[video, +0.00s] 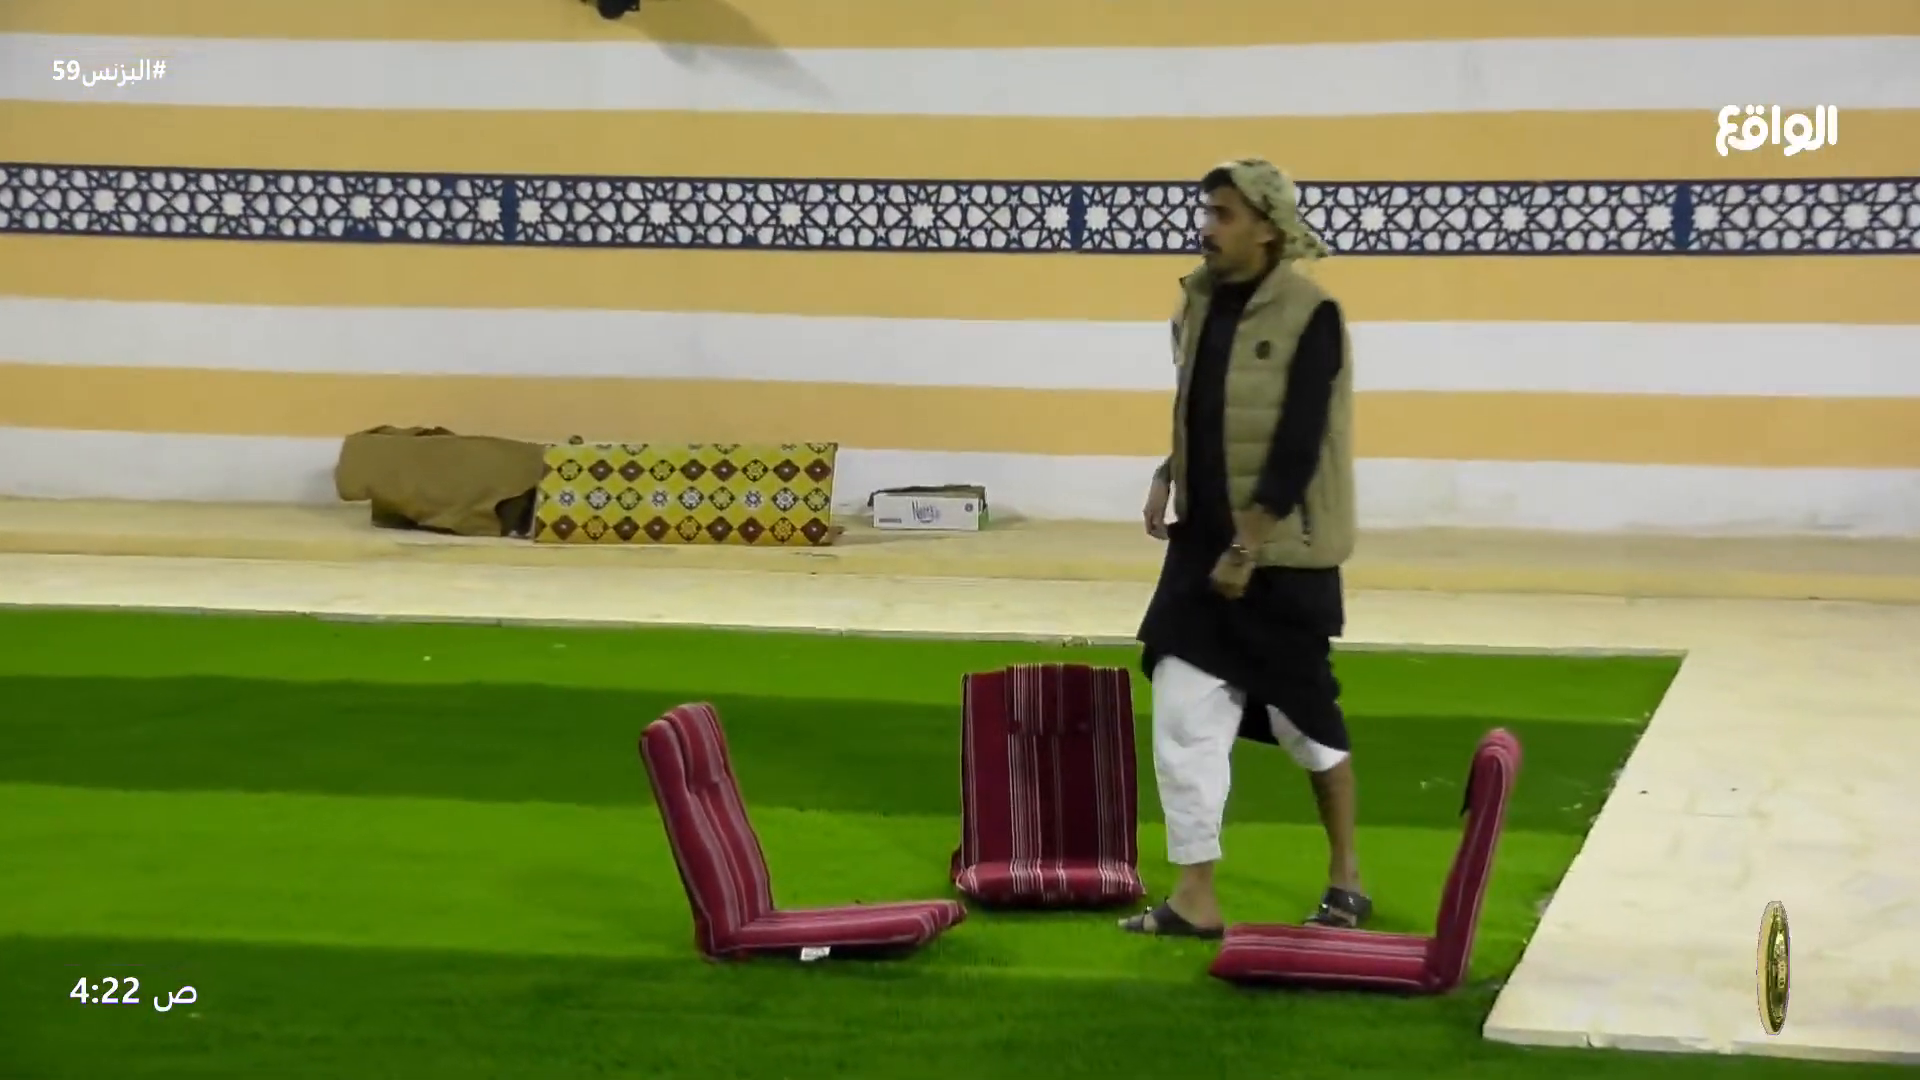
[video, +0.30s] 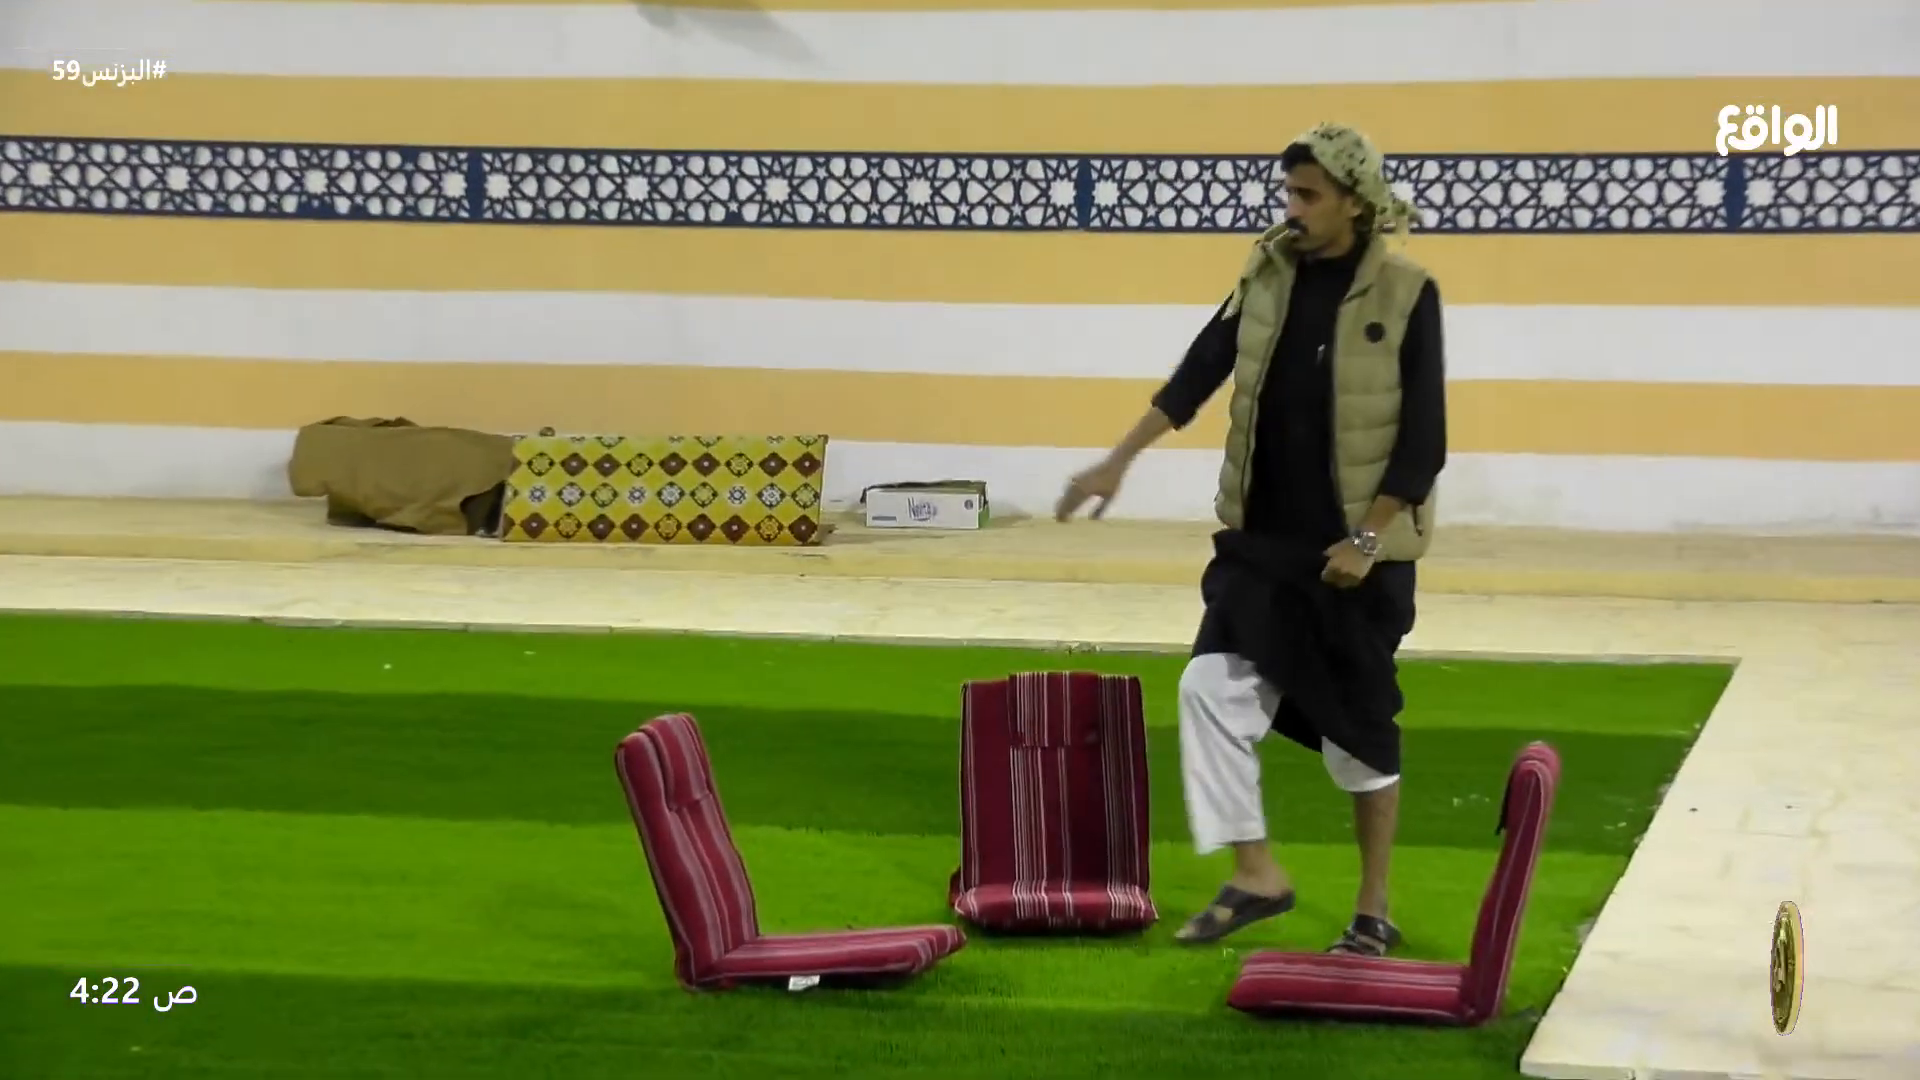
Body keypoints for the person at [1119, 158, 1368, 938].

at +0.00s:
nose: (1207, 227)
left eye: (1222, 215)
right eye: (1207, 213)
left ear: (1267, 226)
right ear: (1220, 224)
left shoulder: (1310, 311)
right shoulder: (1199, 303)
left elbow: (1299, 442)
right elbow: (1202, 415)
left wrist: (1247, 541)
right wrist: (1168, 474)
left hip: (1290, 556)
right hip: (1204, 547)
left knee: (1309, 720)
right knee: (1184, 711)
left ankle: (1345, 881)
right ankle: (1196, 899)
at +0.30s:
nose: (1293, 208)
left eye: (1309, 195)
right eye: (1289, 193)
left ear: (1357, 200)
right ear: (1289, 196)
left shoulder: (1406, 295)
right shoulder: (1268, 278)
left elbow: (1424, 434)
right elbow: (1200, 370)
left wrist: (1370, 536)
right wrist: (1119, 456)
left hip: (1360, 555)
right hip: (1261, 547)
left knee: (1362, 735)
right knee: (1211, 691)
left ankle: (1373, 911)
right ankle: (1258, 876)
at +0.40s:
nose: (1311, 196)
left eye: (1327, 180)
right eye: (1306, 181)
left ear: (1376, 183)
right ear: (1307, 186)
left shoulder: (1432, 279)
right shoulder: (1285, 269)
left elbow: (1444, 424)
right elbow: (1198, 353)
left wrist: (1387, 531)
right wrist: (1103, 432)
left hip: (1388, 550)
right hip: (1285, 543)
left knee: (1385, 740)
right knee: (1248, 703)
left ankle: (1389, 921)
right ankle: (1318, 868)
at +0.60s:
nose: (1315, 182)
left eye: (1331, 165)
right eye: (1310, 166)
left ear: (1383, 168)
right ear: (1312, 174)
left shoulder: (1439, 267)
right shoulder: (1298, 262)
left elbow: (1460, 417)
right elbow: (1231, 360)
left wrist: (1410, 527)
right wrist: (1152, 445)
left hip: (1410, 540)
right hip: (1320, 538)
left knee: (1402, 721)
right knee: (1335, 720)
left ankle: (1408, 928)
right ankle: (1397, 896)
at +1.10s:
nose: (1187, 206)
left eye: (1197, 188)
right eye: (1180, 191)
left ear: (1253, 174)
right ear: (1199, 187)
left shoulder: (1348, 229)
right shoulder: (1222, 275)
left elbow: (1416, 358)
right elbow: (1253, 408)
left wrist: (1373, 477)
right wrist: (1258, 520)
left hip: (1388, 499)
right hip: (1304, 511)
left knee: (1345, 678)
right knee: (1334, 689)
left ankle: (1374, 898)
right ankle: (1372, 901)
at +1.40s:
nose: (1140, 227)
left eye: (1146, 210)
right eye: (1136, 212)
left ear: (1196, 197)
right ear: (1192, 201)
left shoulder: (1273, 263)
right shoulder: (1210, 270)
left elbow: (1316, 397)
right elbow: (1234, 399)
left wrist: (1277, 506)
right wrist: (1226, 490)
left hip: (1327, 531)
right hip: (1287, 531)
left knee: (1291, 716)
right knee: (1308, 708)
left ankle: (1308, 919)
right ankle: (1341, 896)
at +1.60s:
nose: (1123, 214)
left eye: (1124, 198)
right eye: (1120, 199)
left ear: (1157, 188)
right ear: (1190, 172)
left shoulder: (1209, 264)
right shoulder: (1268, 221)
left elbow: (1230, 397)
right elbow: (1254, 346)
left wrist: (1214, 518)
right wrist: (1193, 405)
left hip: (1267, 519)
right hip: (1317, 492)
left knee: (1256, 701)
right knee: (1206, 672)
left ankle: (1279, 920)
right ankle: (1258, 836)